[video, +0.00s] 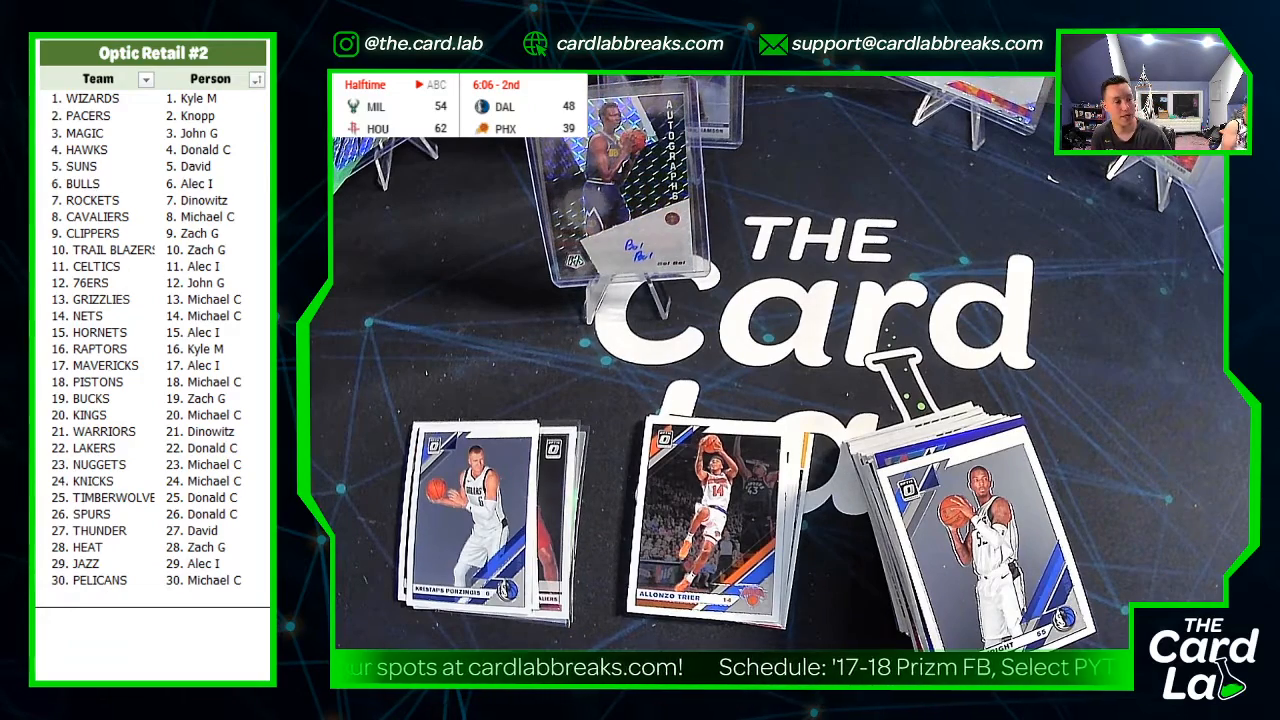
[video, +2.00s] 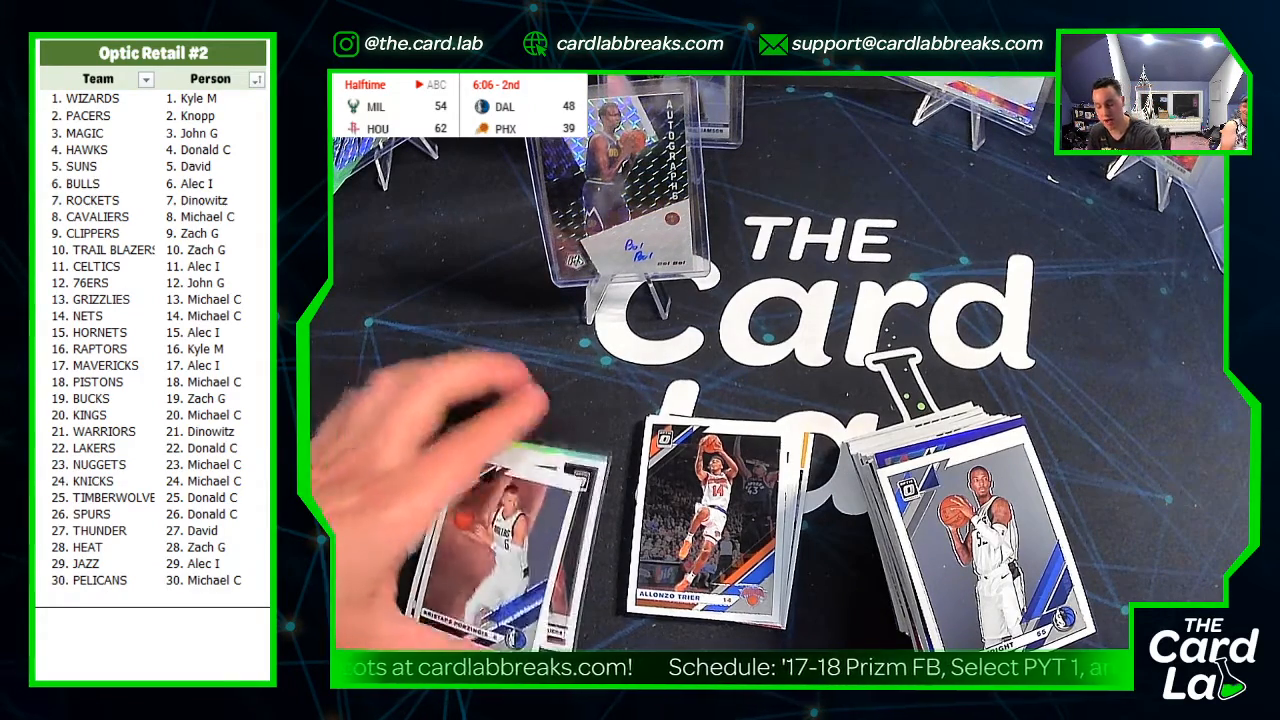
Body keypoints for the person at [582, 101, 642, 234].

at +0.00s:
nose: (618, 118)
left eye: (618, 114)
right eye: (613, 115)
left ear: (620, 116)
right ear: (604, 118)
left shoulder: (616, 140)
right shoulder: (598, 140)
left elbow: (620, 177)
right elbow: (606, 175)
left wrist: (633, 157)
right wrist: (624, 152)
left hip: (612, 188)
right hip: (597, 190)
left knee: (626, 230)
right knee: (597, 236)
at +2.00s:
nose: (617, 118)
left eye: (618, 114)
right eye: (613, 115)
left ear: (620, 117)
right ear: (603, 118)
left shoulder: (616, 141)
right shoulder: (598, 140)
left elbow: (622, 173)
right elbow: (606, 176)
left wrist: (633, 153)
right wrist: (624, 154)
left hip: (613, 189)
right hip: (597, 191)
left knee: (624, 229)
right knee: (599, 234)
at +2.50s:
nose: (617, 118)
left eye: (618, 114)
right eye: (612, 115)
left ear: (620, 117)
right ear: (602, 118)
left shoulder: (616, 141)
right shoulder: (598, 140)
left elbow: (619, 174)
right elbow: (607, 176)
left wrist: (632, 153)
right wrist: (624, 154)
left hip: (612, 189)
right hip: (597, 191)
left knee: (625, 225)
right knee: (607, 231)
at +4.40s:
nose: (615, 119)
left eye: (617, 115)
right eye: (611, 115)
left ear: (620, 118)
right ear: (602, 118)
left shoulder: (617, 142)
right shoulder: (598, 140)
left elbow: (620, 178)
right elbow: (606, 175)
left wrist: (632, 157)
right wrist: (623, 157)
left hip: (611, 187)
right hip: (597, 189)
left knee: (624, 226)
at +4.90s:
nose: (618, 119)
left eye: (618, 115)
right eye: (613, 116)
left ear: (620, 117)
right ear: (603, 119)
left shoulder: (617, 141)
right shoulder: (598, 141)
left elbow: (621, 177)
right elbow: (607, 176)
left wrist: (631, 154)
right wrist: (624, 155)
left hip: (613, 189)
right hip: (597, 192)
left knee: (623, 229)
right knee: (602, 235)